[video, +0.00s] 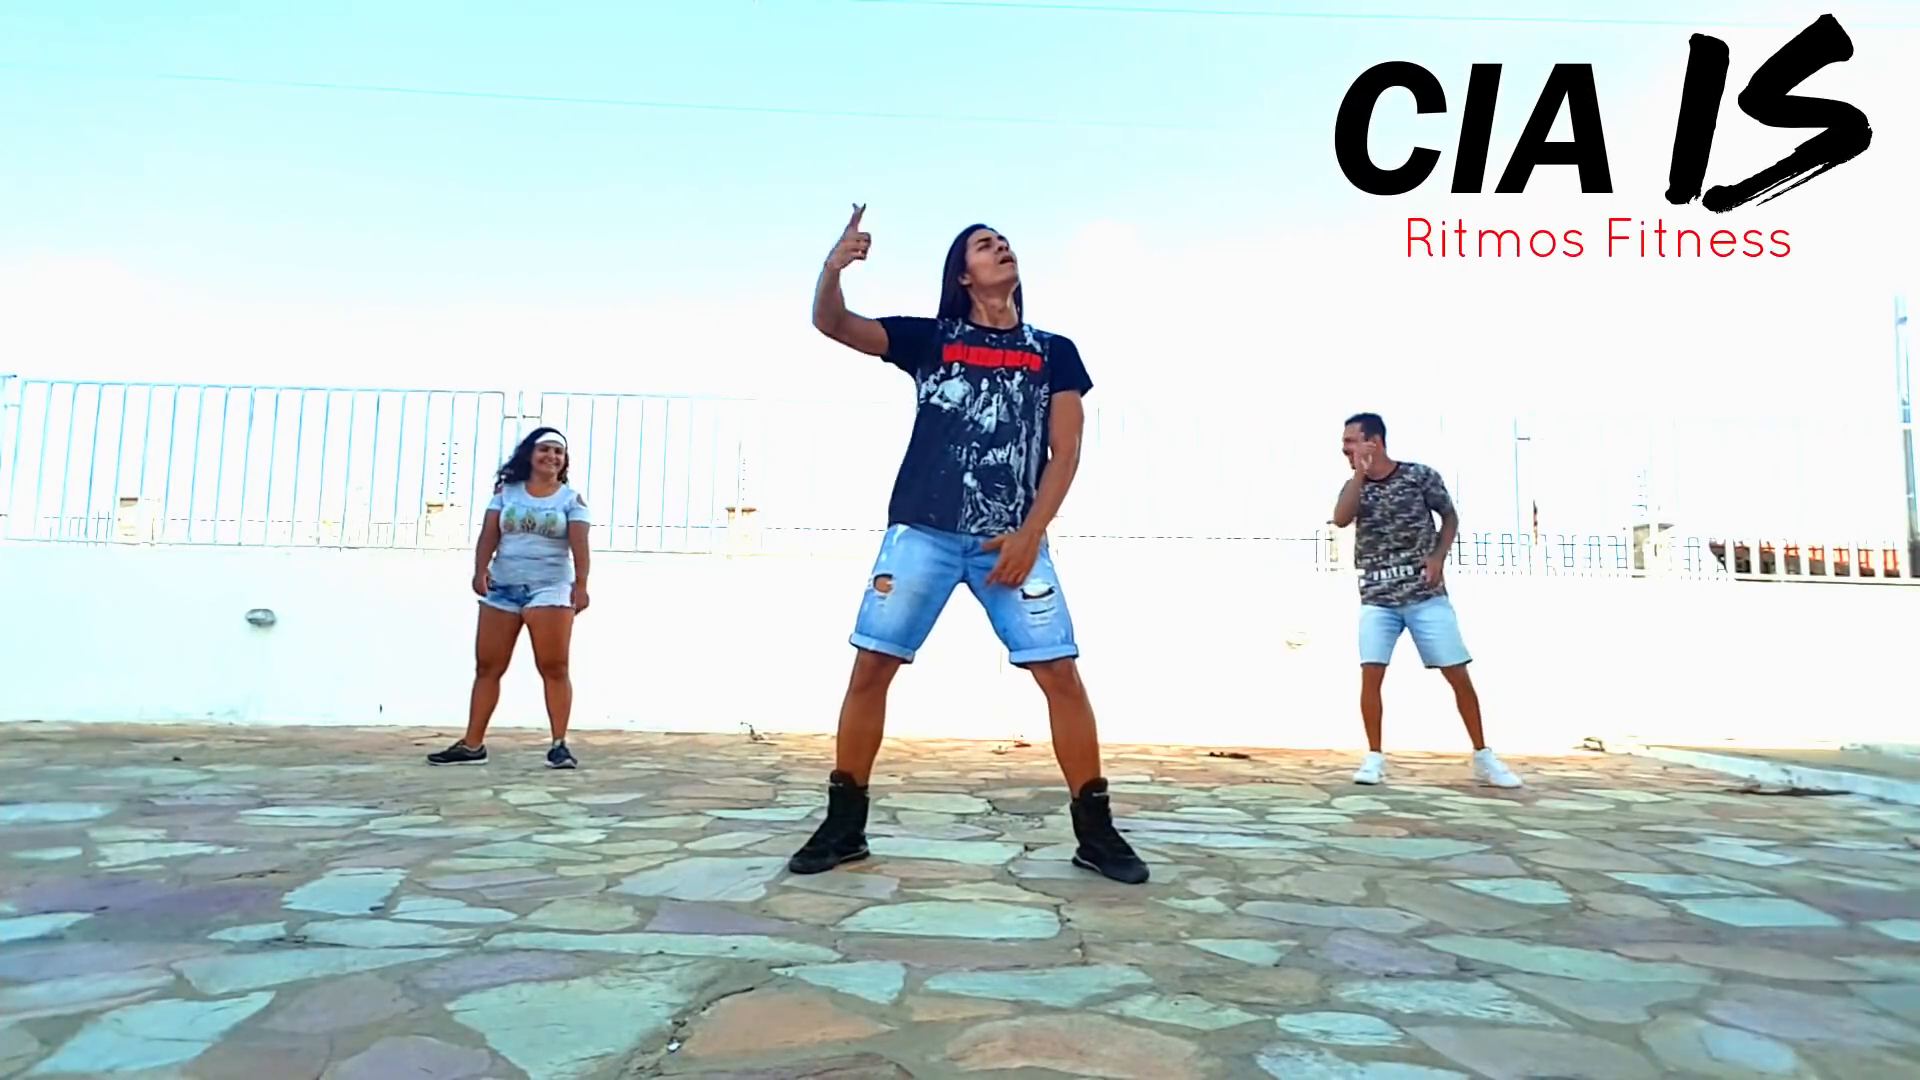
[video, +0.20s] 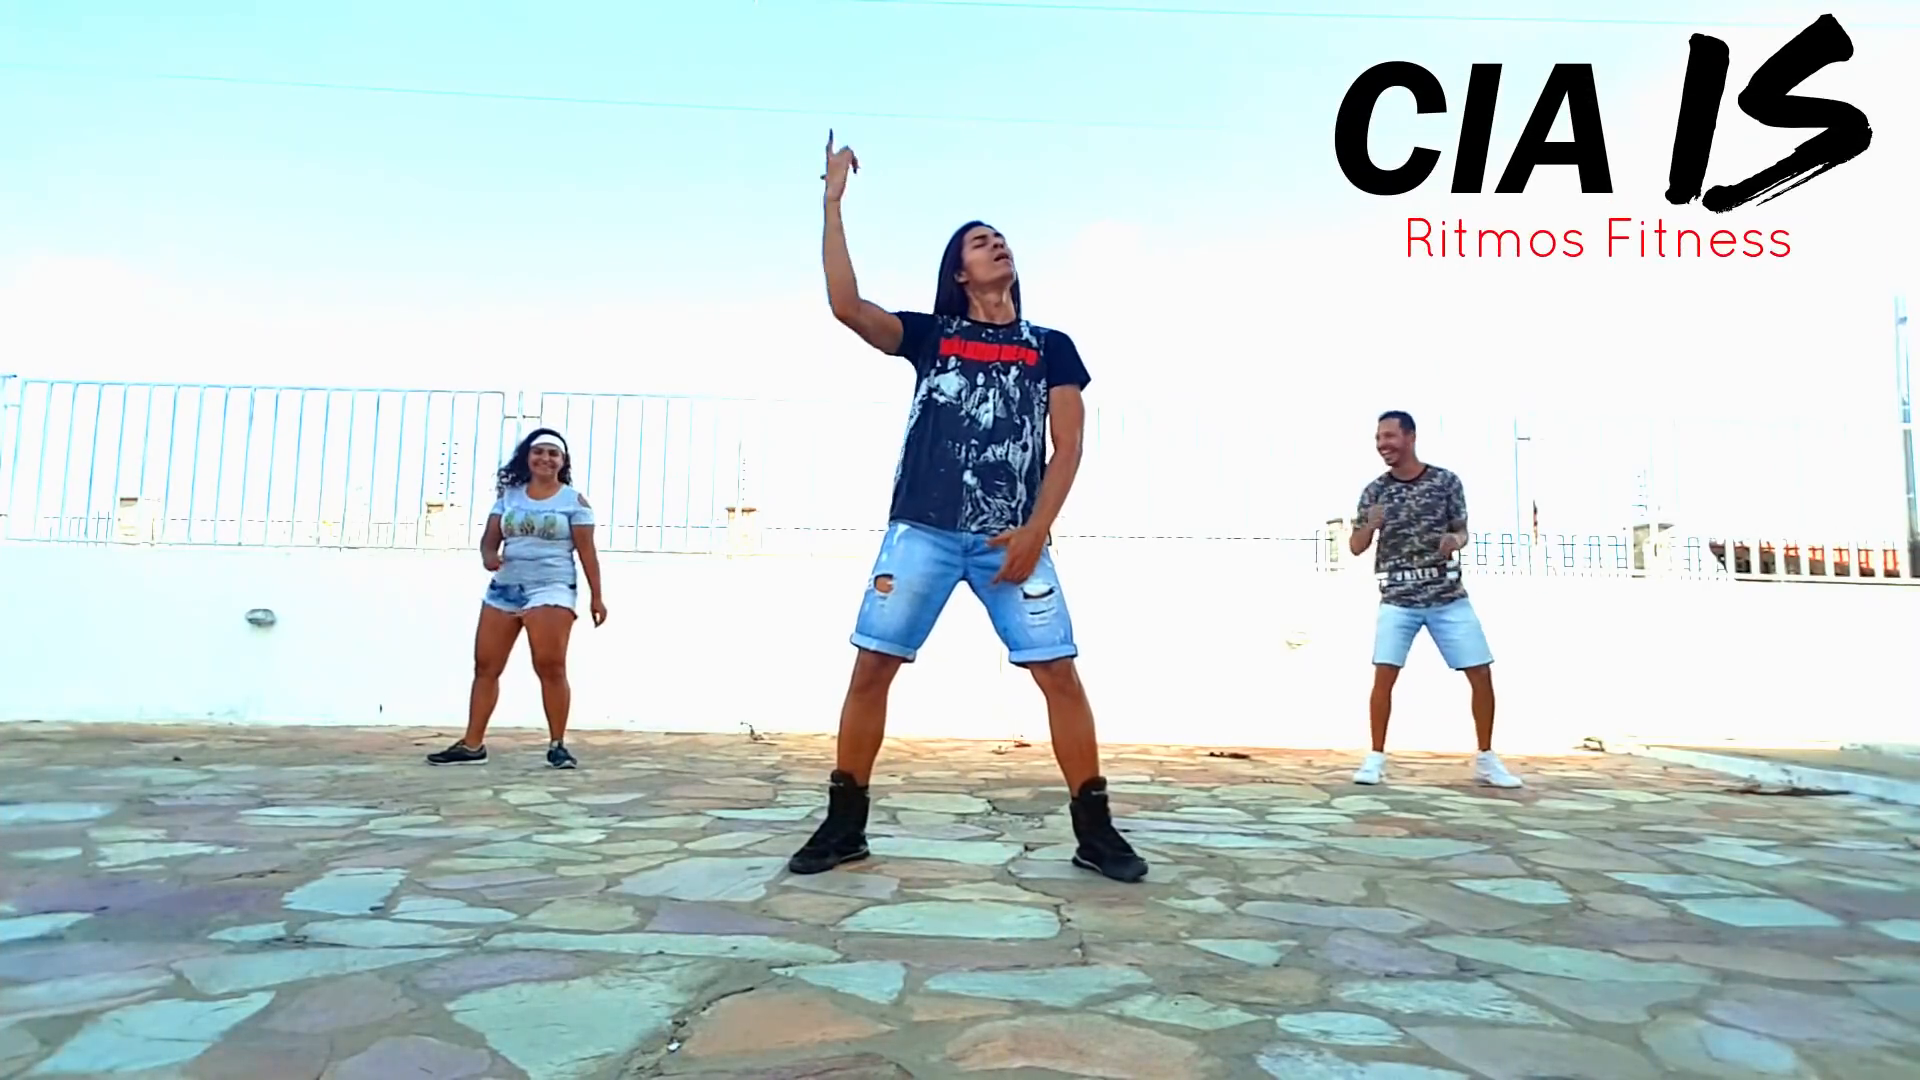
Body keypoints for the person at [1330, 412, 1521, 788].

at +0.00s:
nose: (1346, 449)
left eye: (1351, 442)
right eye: (1345, 443)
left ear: (1375, 443)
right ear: (1360, 447)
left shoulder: (1421, 477)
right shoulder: (1355, 487)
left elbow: (1450, 518)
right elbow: (1341, 519)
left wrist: (1438, 558)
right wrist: (1359, 473)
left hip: (1426, 595)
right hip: (1377, 600)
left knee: (1458, 675)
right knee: (1370, 676)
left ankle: (1482, 755)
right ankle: (1374, 756)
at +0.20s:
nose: (1384, 445)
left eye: (1390, 437)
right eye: (1379, 439)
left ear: (1411, 438)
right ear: (1376, 444)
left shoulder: (1446, 482)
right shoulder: (1375, 491)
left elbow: (1462, 533)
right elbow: (1356, 547)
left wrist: (1453, 540)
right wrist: (1371, 525)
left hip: (1448, 598)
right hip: (1398, 600)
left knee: (1481, 673)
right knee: (1383, 676)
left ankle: (1486, 757)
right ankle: (1375, 757)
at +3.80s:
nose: (1436, 431)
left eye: (1444, 425)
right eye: (1430, 425)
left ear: (1456, 435)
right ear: (1421, 433)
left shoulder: (1467, 489)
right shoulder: (1400, 483)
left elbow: (1478, 547)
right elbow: (1383, 538)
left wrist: (1502, 600)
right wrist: (1386, 589)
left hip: (1464, 601)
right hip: (1415, 600)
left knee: (1487, 674)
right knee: (1394, 675)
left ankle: (1486, 758)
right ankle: (1371, 755)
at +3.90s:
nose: (1431, 425)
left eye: (1439, 419)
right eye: (1425, 420)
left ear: (1452, 429)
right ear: (1416, 430)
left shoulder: (1469, 481)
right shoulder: (1399, 478)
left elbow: (1479, 537)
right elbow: (1382, 532)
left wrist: (1496, 591)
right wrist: (1398, 574)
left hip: (1461, 598)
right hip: (1412, 597)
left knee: (1480, 673)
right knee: (1392, 673)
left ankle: (1485, 758)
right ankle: (1371, 755)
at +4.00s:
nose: (1429, 424)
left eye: (1436, 419)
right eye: (1422, 419)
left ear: (1450, 428)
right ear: (1414, 430)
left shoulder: (1468, 480)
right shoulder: (1398, 479)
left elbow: (1481, 534)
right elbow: (1382, 532)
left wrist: (1490, 585)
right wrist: (1396, 571)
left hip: (1459, 598)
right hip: (1410, 596)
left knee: (1480, 674)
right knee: (1389, 673)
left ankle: (1485, 758)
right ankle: (1370, 755)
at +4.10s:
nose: (1430, 429)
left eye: (1437, 423)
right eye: (1423, 424)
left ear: (1450, 432)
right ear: (1415, 434)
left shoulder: (1470, 485)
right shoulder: (1398, 485)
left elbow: (1477, 542)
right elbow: (1381, 539)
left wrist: (1490, 590)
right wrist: (1391, 581)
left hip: (1460, 603)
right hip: (1411, 601)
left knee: (1486, 675)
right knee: (1389, 673)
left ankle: (1485, 758)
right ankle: (1370, 755)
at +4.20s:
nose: (1430, 438)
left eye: (1437, 432)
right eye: (1424, 433)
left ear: (1452, 440)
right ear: (1416, 442)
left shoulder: (1470, 495)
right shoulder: (1400, 493)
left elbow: (1476, 551)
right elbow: (1381, 545)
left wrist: (1503, 590)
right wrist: (1376, 593)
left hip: (1461, 607)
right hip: (1412, 606)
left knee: (1493, 677)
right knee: (1390, 675)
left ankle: (1486, 760)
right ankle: (1371, 756)